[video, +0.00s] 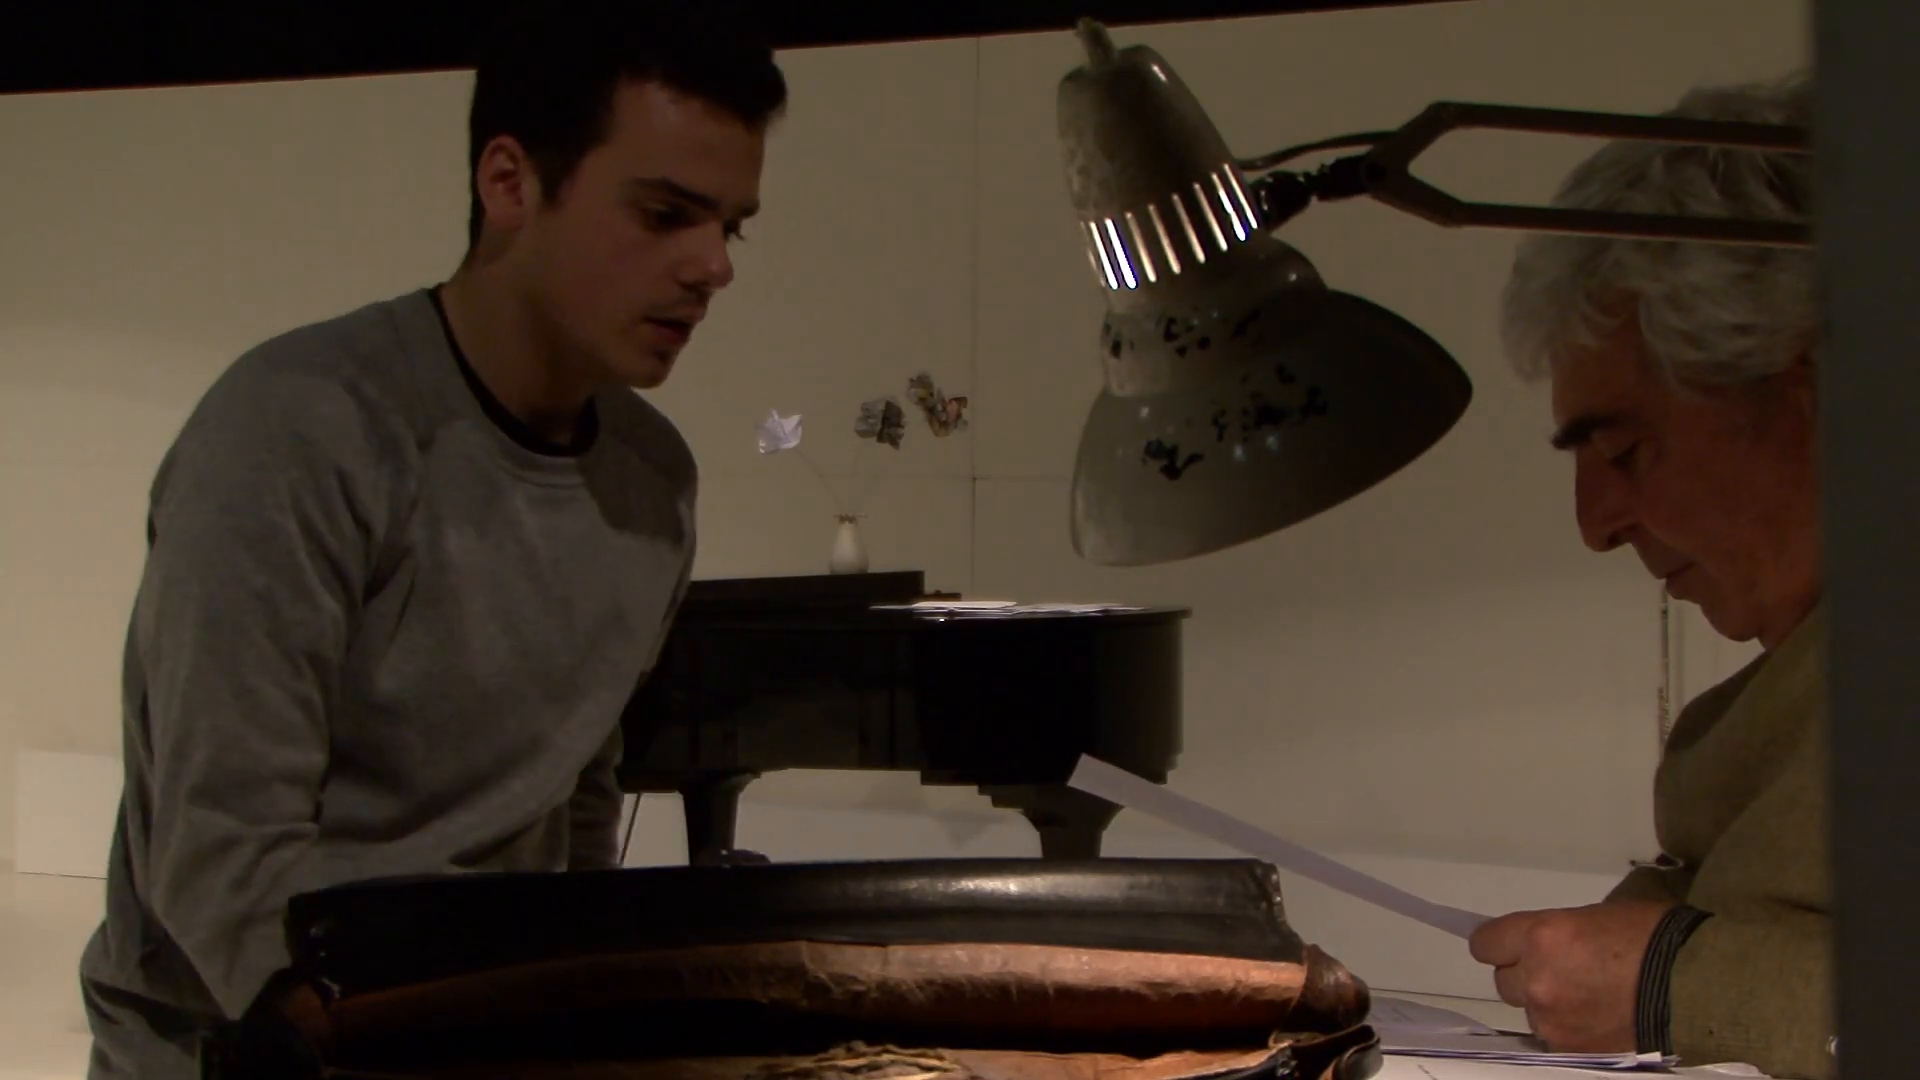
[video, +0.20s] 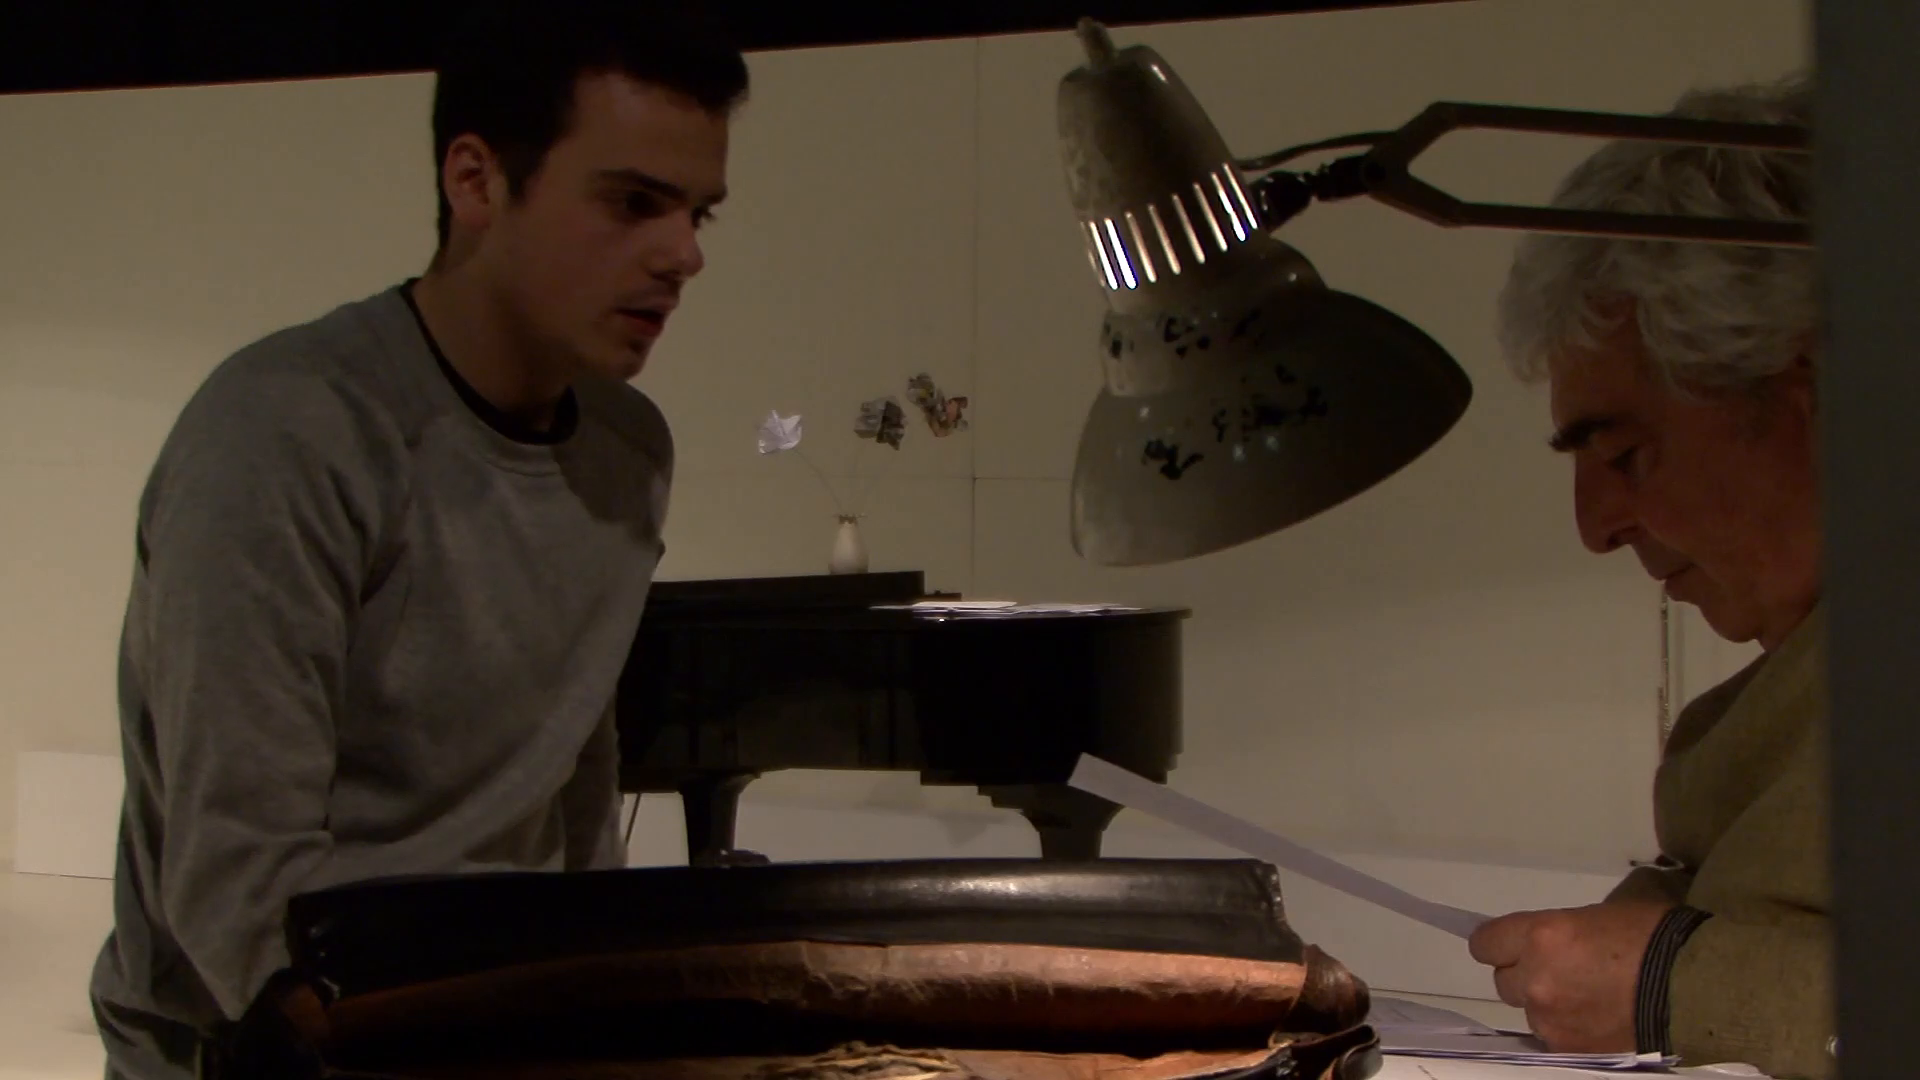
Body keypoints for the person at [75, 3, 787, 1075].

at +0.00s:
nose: (713, 271)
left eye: (730, 229)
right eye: (666, 214)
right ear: (509, 186)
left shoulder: (652, 475)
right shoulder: (292, 426)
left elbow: (580, 801)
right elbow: (226, 861)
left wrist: (579, 1016)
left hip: (488, 1024)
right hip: (210, 1033)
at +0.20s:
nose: (685, 259)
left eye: (700, 214)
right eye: (634, 203)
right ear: (477, 186)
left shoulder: (627, 447)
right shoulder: (278, 430)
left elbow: (577, 773)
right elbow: (239, 887)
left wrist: (597, 994)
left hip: (506, 1005)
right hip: (239, 1034)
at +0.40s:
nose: (656, 242)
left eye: (665, 196)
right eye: (600, 189)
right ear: (439, 185)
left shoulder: (608, 430)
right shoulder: (259, 441)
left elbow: (551, 768)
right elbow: (230, 903)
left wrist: (578, 977)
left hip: (518, 986)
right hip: (271, 1022)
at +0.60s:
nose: (649, 251)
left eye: (660, 206)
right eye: (594, 198)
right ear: (433, 191)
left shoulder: (602, 442)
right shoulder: (251, 443)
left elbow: (558, 772)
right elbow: (228, 912)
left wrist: (617, 980)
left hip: (527, 993)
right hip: (272, 1026)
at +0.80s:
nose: (651, 257)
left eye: (662, 211)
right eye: (596, 203)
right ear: (436, 193)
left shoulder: (602, 444)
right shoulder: (251, 444)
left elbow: (561, 777)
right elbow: (228, 917)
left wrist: (628, 984)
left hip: (516, 998)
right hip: (266, 1029)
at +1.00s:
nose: (645, 253)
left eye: (657, 208)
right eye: (591, 200)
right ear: (430, 190)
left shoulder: (599, 443)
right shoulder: (250, 447)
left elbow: (561, 778)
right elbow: (230, 922)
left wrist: (630, 983)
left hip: (517, 1001)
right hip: (267, 1033)